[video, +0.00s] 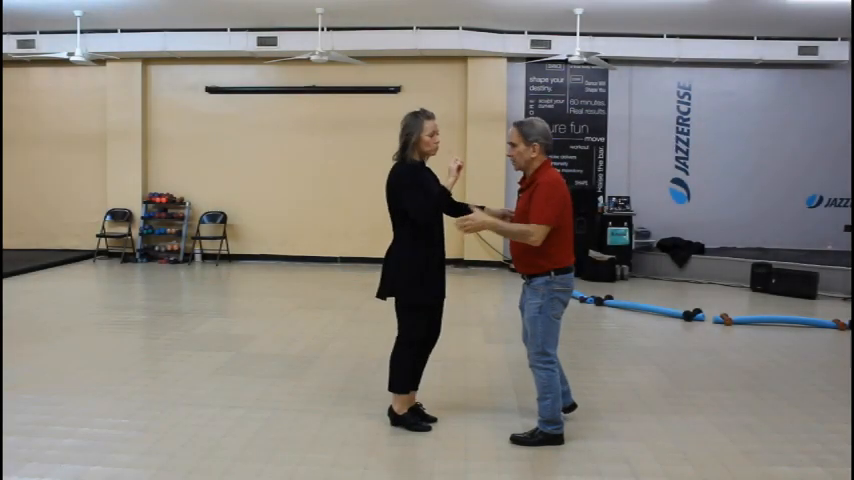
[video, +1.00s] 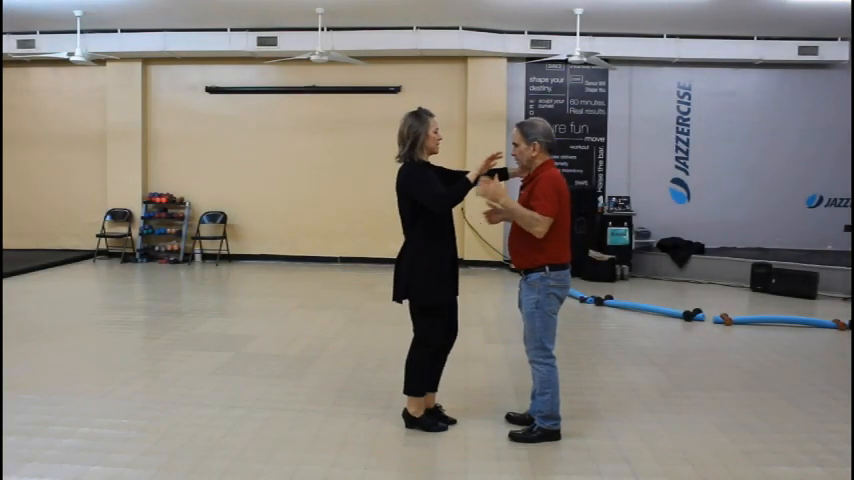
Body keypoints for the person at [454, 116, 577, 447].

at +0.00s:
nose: (508, 152)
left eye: (513, 146)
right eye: (509, 145)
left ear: (534, 149)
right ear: (531, 149)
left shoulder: (550, 183)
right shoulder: (534, 180)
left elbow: (535, 236)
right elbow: (523, 219)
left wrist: (488, 224)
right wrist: (492, 213)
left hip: (550, 281)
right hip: (537, 278)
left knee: (541, 354)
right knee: (535, 345)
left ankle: (550, 428)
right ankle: (562, 398)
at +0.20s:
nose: (506, 149)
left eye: (510, 143)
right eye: (507, 142)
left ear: (528, 147)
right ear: (530, 147)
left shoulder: (540, 181)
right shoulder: (538, 176)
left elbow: (524, 235)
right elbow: (522, 213)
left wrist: (478, 222)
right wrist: (491, 208)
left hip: (547, 279)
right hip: (545, 276)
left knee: (540, 355)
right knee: (536, 350)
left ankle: (551, 428)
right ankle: (546, 409)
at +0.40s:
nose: (508, 147)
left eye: (512, 142)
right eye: (510, 141)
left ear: (529, 147)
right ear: (533, 147)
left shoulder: (540, 181)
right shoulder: (541, 177)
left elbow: (528, 233)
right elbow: (535, 226)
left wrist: (483, 218)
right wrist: (510, 216)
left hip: (543, 279)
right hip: (542, 276)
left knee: (540, 355)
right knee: (537, 352)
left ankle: (550, 427)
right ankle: (540, 413)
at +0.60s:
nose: (511, 148)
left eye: (514, 143)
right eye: (511, 143)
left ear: (532, 147)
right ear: (534, 147)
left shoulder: (543, 179)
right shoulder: (534, 176)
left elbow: (535, 229)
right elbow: (526, 217)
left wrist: (494, 209)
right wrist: (501, 205)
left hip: (542, 277)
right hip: (535, 275)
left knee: (539, 355)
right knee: (536, 352)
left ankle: (550, 427)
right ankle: (538, 412)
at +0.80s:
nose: (511, 151)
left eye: (515, 145)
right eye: (511, 145)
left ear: (532, 147)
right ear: (533, 147)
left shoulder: (546, 179)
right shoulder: (534, 176)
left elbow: (537, 227)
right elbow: (530, 219)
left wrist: (501, 202)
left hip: (544, 276)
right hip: (533, 275)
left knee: (539, 352)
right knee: (535, 350)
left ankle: (548, 424)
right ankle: (538, 412)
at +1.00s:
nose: (513, 151)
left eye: (517, 145)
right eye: (513, 146)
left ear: (535, 148)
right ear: (535, 148)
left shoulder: (548, 179)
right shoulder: (535, 177)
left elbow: (540, 226)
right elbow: (533, 217)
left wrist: (505, 202)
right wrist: (506, 214)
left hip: (546, 277)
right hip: (535, 276)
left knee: (541, 353)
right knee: (537, 351)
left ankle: (548, 424)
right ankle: (538, 412)